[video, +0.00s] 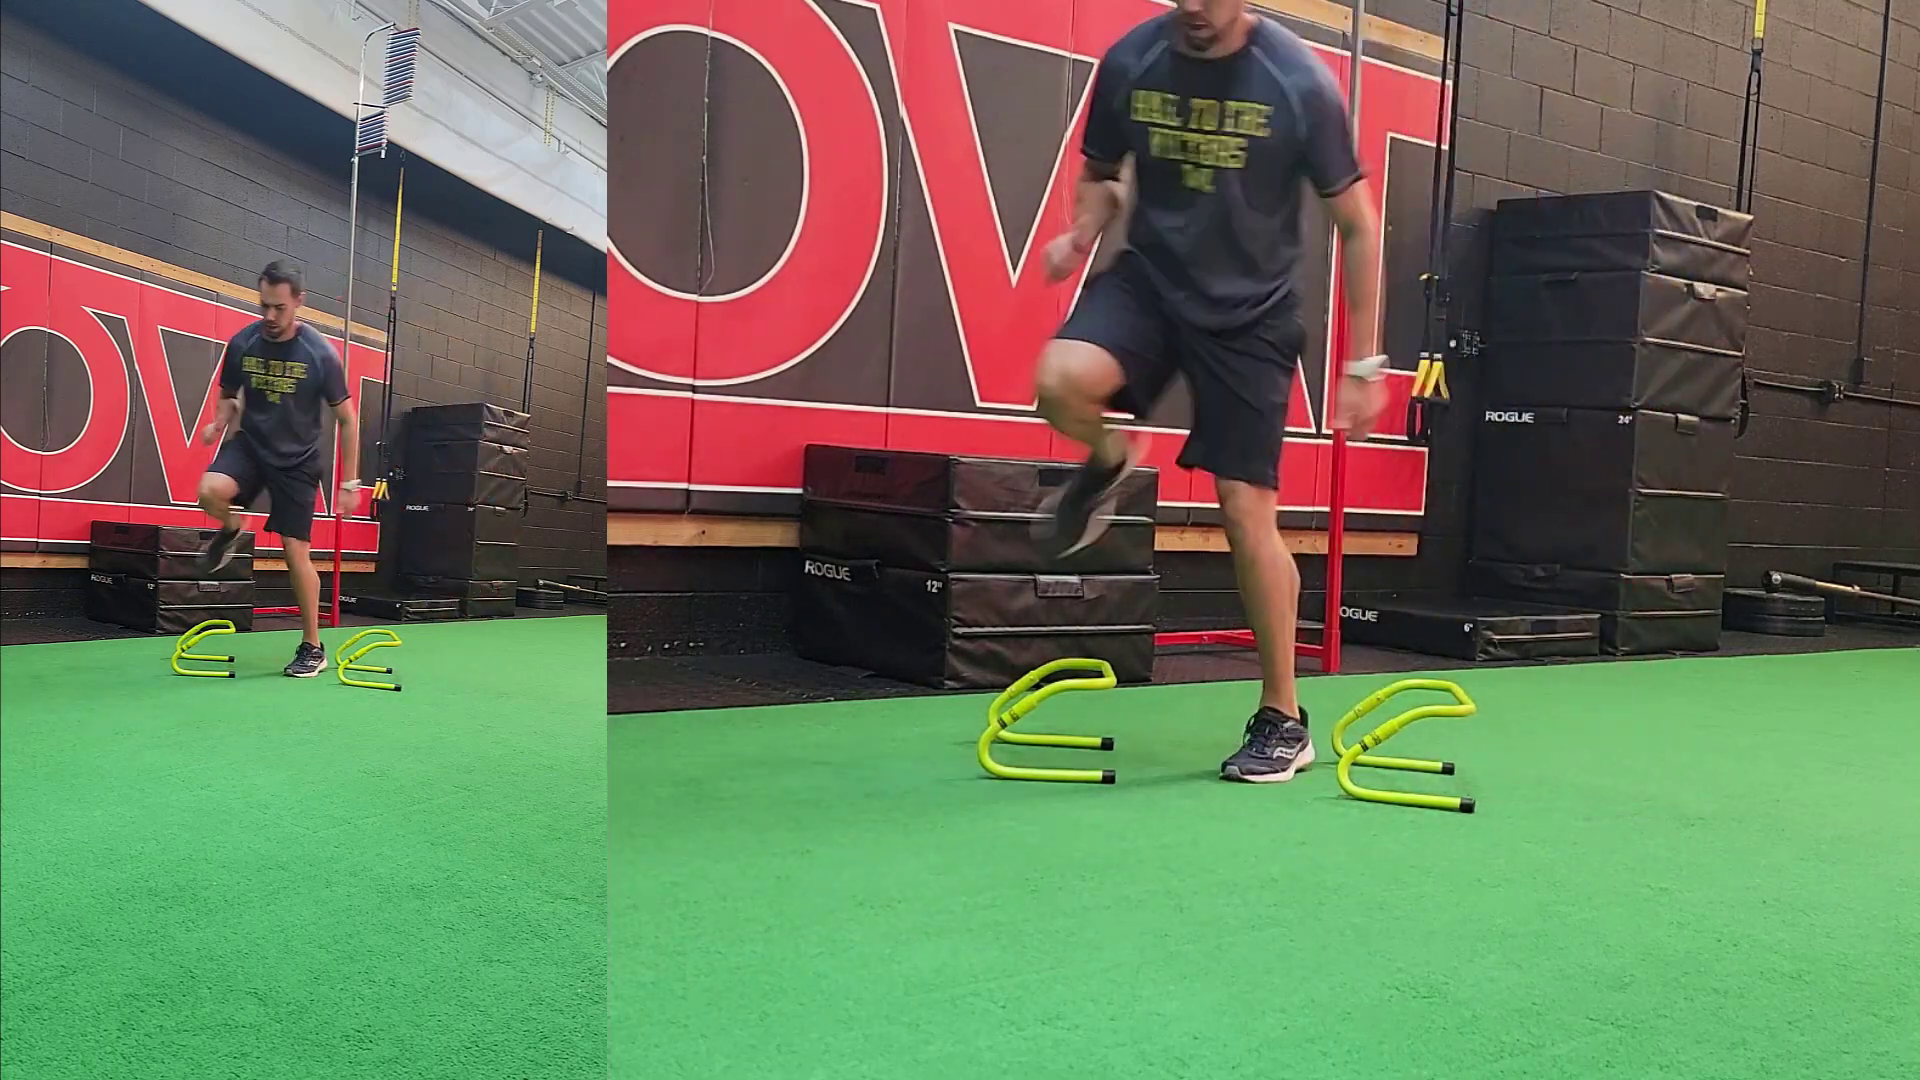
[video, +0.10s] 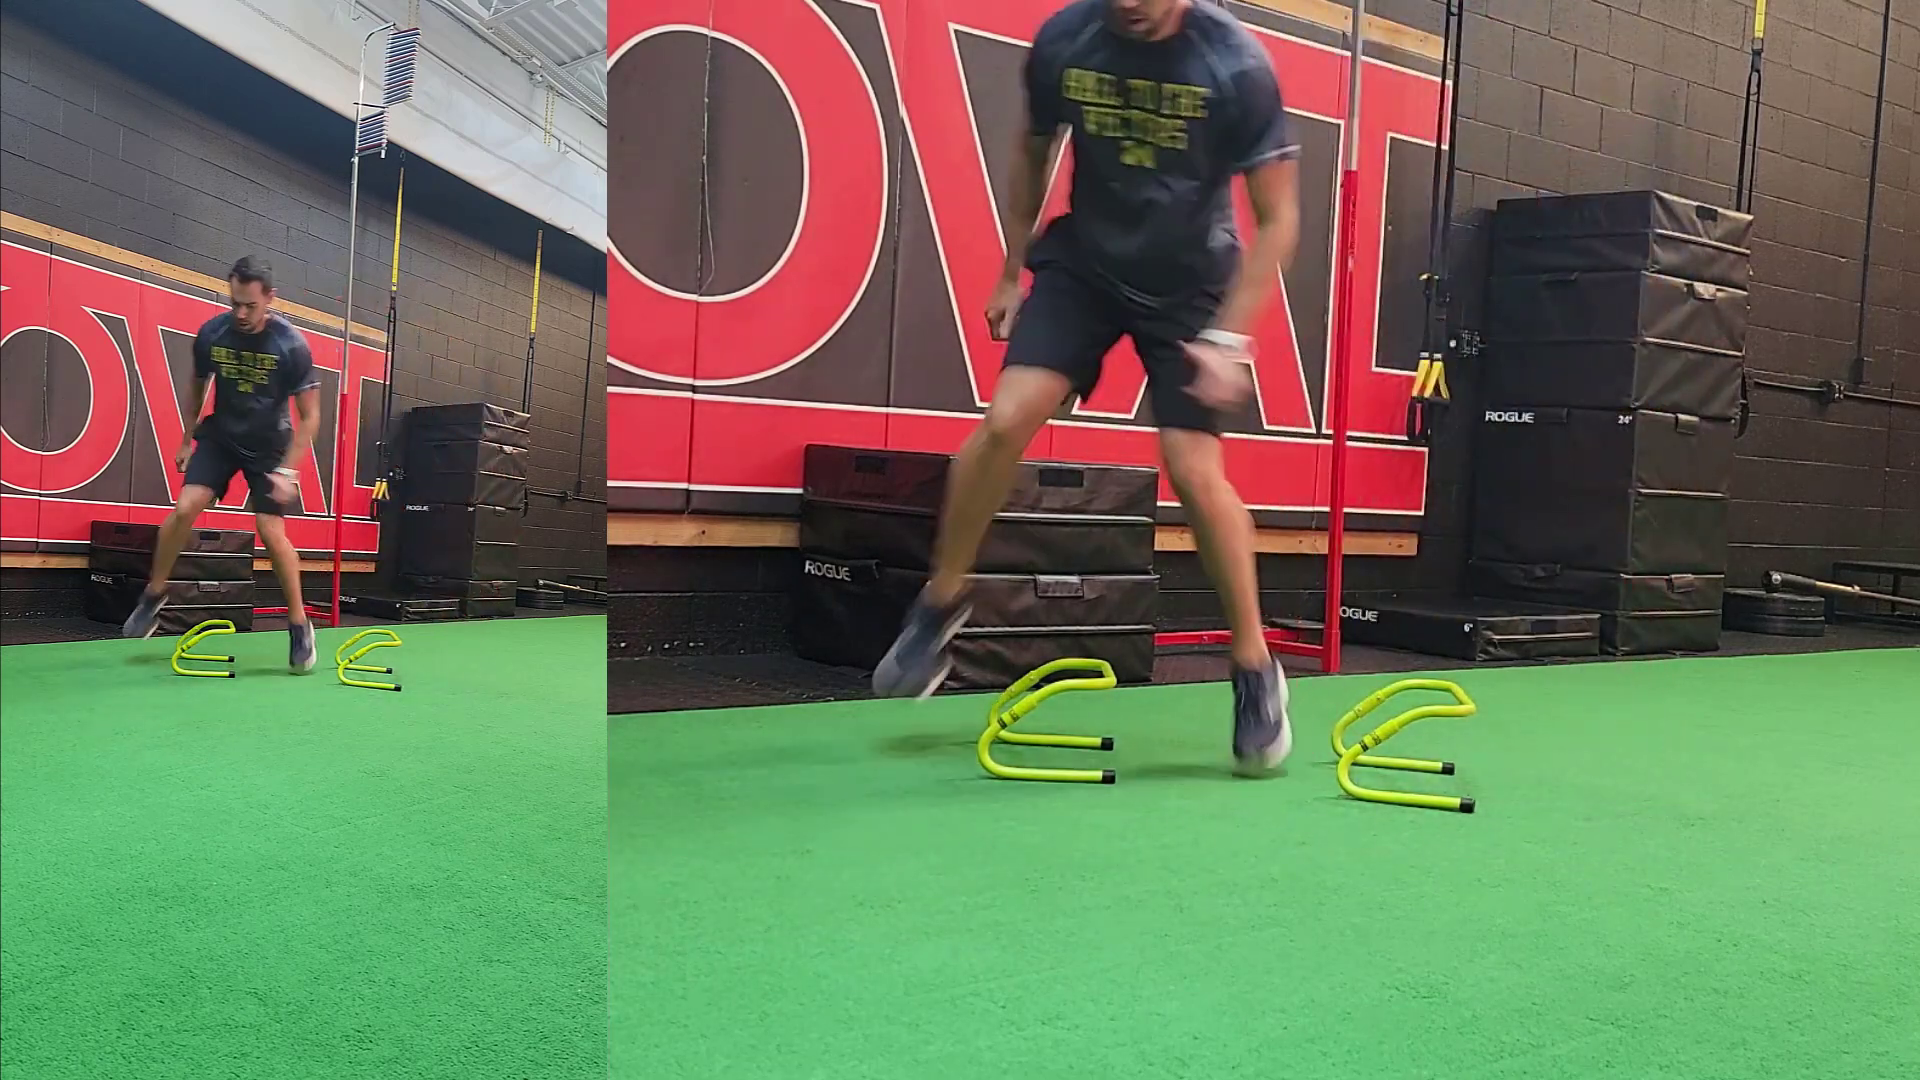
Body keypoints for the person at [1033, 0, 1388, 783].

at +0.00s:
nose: (1193, 12)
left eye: (1212, 2)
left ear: (1250, 1)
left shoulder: (1301, 87)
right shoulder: (1131, 61)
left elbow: (1359, 223)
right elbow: (1100, 174)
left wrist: (1365, 361)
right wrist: (1083, 231)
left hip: (1247, 314)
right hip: (1142, 287)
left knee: (1246, 511)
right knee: (1059, 384)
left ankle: (1282, 716)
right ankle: (1110, 460)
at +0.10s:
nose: (1128, 4)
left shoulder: (1239, 68)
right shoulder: (1064, 41)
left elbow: (1279, 220)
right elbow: (1033, 148)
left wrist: (1231, 335)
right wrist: (1014, 269)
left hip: (1188, 286)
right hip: (1081, 268)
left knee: (1195, 475)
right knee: (1004, 424)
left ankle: (1255, 671)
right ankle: (937, 603)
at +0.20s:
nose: (1067, 24)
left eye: (1086, 10)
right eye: (1058, 7)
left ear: (1124, 9)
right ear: (1043, 2)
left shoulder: (1176, 92)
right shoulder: (1003, 65)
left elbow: (1194, 250)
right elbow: (979, 170)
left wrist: (1088, 298)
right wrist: (980, 263)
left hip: (1140, 288)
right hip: (1033, 280)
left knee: (1124, 451)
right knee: (962, 479)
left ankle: (1194, 547)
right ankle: (875, 681)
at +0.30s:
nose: (988, 93)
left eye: (1008, 75)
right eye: (976, 72)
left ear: (1053, 56)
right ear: (961, 49)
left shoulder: (1109, 156)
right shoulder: (936, 119)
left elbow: (1085, 319)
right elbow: (920, 199)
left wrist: (979, 245)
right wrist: (952, 228)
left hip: (1073, 346)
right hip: (971, 334)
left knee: (1049, 473)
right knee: (921, 504)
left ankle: (1041, 498)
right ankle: (871, 694)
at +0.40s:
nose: (932, 127)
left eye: (951, 106)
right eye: (918, 105)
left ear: (993, 80)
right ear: (900, 81)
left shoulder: (1057, 174)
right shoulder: (896, 132)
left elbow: (1011, 337)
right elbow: (915, 232)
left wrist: (921, 232)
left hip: (1047, 343)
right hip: (943, 331)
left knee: (992, 486)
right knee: (908, 492)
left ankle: (970, 512)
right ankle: (872, 691)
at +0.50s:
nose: (906, 122)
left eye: (925, 102)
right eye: (892, 100)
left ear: (967, 76)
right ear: (874, 79)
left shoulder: (1036, 166)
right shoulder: (870, 129)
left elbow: (979, 324)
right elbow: (912, 241)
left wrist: (897, 217)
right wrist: (891, 208)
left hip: (1032, 335)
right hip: (927, 321)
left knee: (971, 487)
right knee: (896, 490)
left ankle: (963, 507)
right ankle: (872, 690)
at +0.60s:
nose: (902, 95)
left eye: (922, 76)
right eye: (887, 74)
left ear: (964, 50)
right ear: (870, 49)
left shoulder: (1030, 143)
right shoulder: (857, 112)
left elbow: (976, 302)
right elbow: (876, 192)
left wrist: (895, 195)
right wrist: (875, 247)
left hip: (1018, 326)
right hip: (912, 316)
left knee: (965, 482)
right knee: (892, 480)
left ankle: (969, 497)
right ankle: (868, 688)